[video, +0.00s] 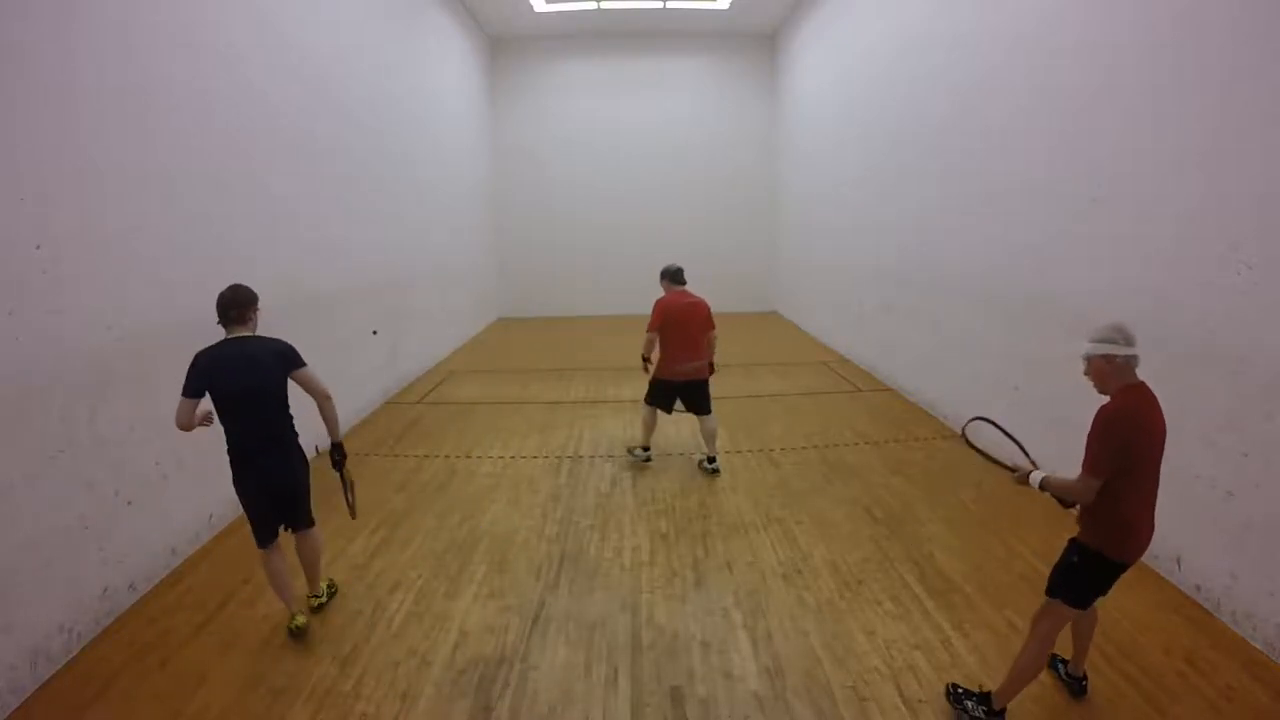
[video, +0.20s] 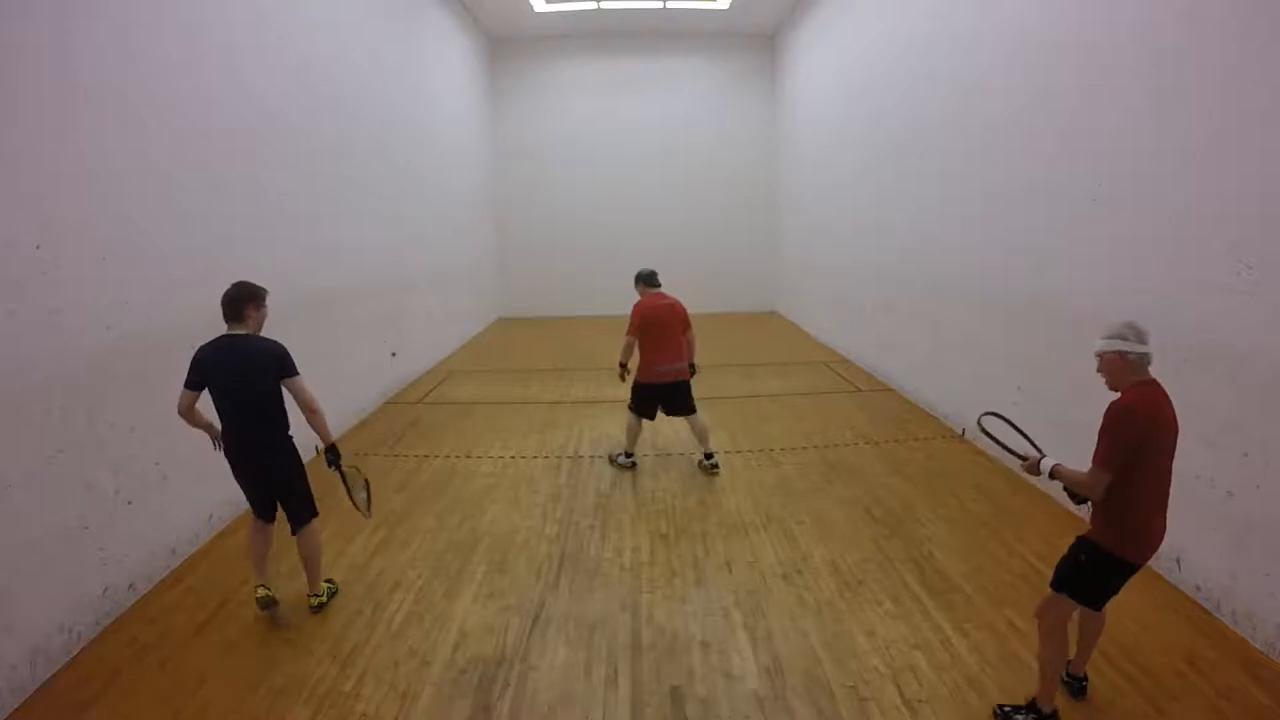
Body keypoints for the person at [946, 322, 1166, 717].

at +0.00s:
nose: (1086, 371)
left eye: (1090, 362)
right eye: (1086, 362)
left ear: (1114, 362)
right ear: (1123, 363)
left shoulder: (1115, 414)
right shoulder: (1145, 403)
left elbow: (1086, 489)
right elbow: (1128, 477)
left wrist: (1038, 478)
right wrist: (1081, 498)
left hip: (1103, 538)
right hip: (1130, 535)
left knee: (1048, 621)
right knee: (1084, 600)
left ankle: (995, 704)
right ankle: (1076, 672)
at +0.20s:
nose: (1098, 367)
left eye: (1103, 358)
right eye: (1098, 358)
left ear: (1126, 359)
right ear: (1134, 361)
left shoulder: (1125, 410)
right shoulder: (1158, 402)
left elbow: (1093, 485)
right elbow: (1139, 475)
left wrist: (1048, 467)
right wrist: (1091, 493)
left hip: (1115, 536)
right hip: (1143, 536)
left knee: (1052, 612)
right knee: (1093, 601)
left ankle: (1043, 706)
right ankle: (1077, 673)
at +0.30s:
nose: (1103, 365)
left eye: (1109, 356)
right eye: (1104, 356)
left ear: (1132, 359)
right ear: (1142, 361)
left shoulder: (1129, 408)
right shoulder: (1164, 403)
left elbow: (1096, 484)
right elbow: (1144, 478)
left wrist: (1049, 466)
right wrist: (1094, 493)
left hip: (1114, 539)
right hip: (1144, 540)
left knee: (1059, 614)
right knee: (1096, 605)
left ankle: (1068, 710)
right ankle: (1075, 674)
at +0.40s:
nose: (1107, 362)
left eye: (1115, 354)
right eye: (1109, 353)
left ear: (1139, 360)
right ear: (1148, 362)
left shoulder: (1132, 412)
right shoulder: (1167, 407)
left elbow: (1097, 490)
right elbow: (1136, 484)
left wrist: (1053, 468)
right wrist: (1089, 489)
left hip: (1115, 545)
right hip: (1143, 543)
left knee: (1073, 631)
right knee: (1093, 608)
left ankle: (1077, 712)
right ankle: (1074, 668)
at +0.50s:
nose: (1089, 366)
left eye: (1096, 360)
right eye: (1092, 358)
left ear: (1118, 368)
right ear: (1130, 370)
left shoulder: (1109, 419)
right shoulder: (1152, 411)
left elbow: (1085, 504)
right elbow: (1135, 488)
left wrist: (1066, 507)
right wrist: (1085, 506)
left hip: (1106, 557)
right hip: (1143, 556)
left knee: (1040, 636)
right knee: (1095, 619)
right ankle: (1083, 696)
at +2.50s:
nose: (1140, 385)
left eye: (1142, 380)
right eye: (1146, 381)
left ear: (1144, 381)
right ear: (1177, 388)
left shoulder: (1129, 413)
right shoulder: (1186, 430)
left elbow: (1098, 463)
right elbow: (1192, 485)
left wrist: (1066, 496)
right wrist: (1193, 513)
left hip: (1115, 537)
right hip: (1159, 545)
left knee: (1057, 619)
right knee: (1122, 584)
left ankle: (1001, 705)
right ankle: (1105, 660)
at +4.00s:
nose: (922, 308)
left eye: (926, 303)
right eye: (923, 302)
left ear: (943, 306)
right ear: (943, 306)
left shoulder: (950, 337)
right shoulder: (952, 331)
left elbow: (936, 388)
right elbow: (949, 378)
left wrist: (898, 408)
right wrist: (927, 401)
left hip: (948, 412)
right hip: (952, 409)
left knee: (919, 461)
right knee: (930, 454)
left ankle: (932, 520)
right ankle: (952, 495)